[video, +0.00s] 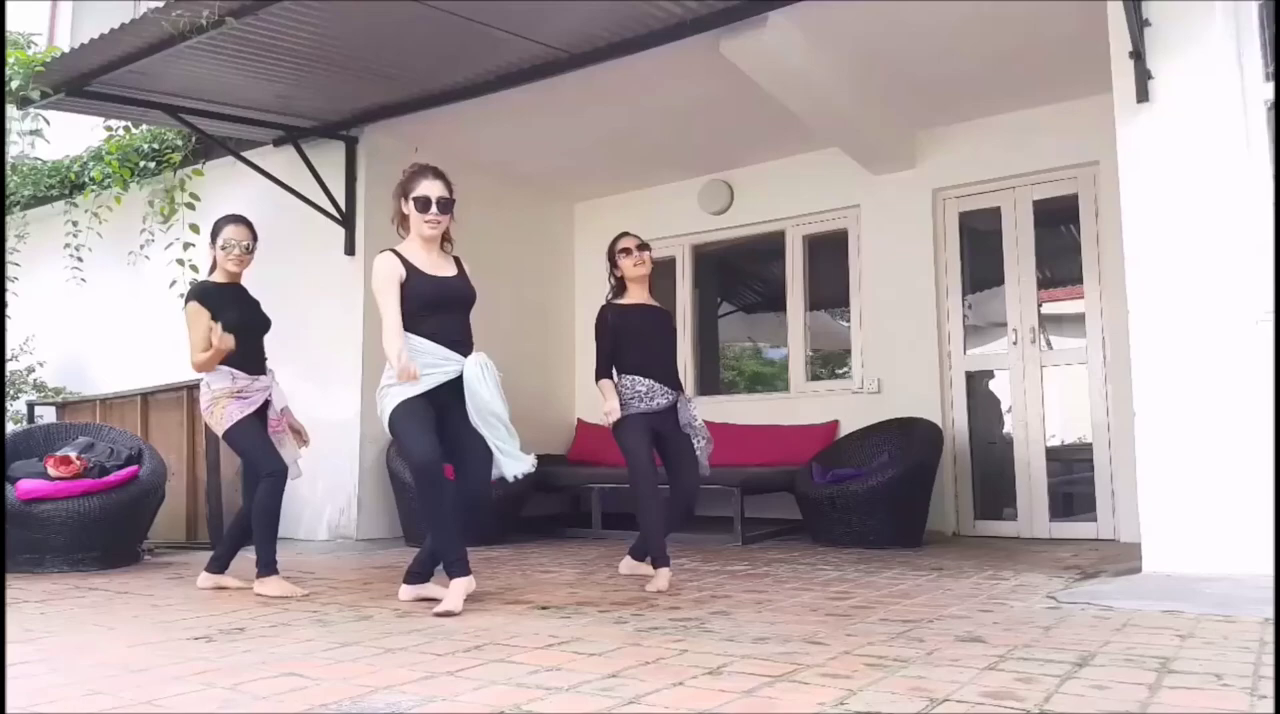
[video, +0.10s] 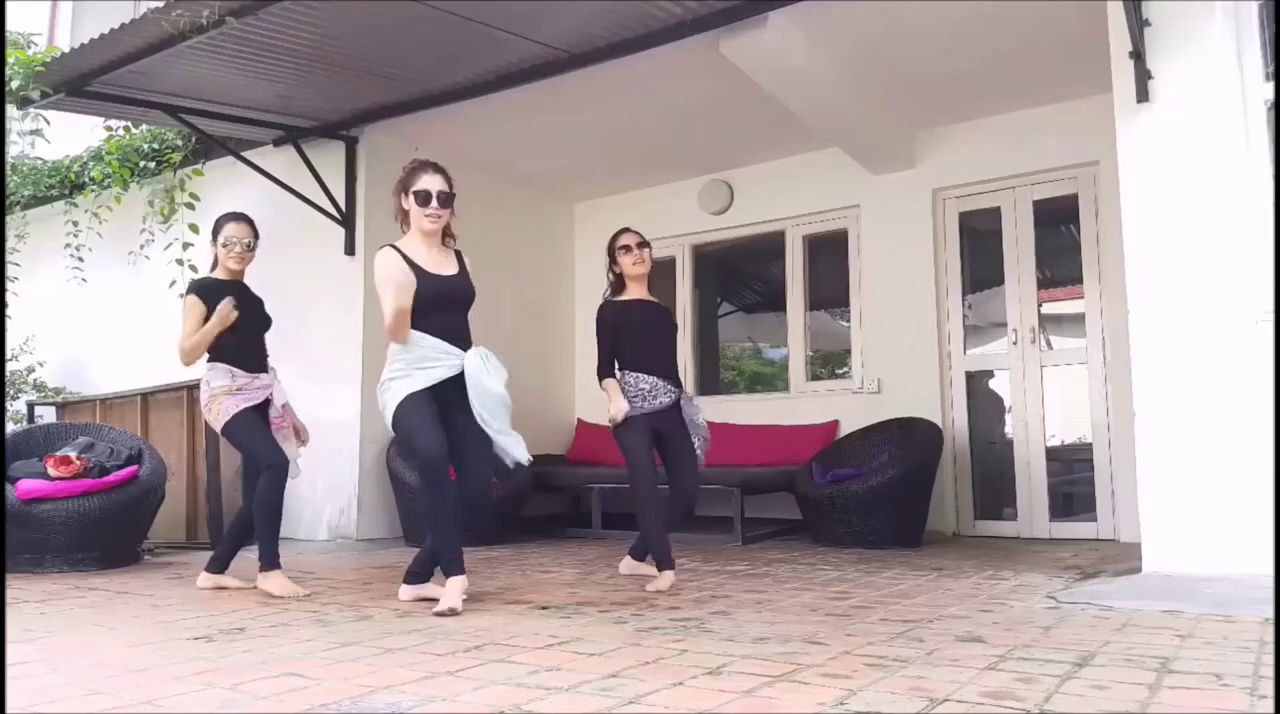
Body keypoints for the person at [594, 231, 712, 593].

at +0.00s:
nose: (637, 256)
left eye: (641, 249)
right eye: (626, 253)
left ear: (651, 257)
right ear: (616, 267)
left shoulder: (664, 314)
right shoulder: (610, 312)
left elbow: (671, 369)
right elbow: (602, 369)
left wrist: (688, 411)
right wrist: (612, 400)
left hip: (669, 408)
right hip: (630, 410)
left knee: (688, 487)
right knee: (645, 480)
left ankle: (636, 556)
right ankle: (662, 566)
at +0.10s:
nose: (637, 254)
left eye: (641, 247)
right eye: (626, 250)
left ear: (651, 255)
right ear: (615, 264)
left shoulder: (664, 311)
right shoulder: (610, 309)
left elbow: (671, 367)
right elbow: (604, 367)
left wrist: (686, 407)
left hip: (669, 407)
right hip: (631, 408)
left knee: (687, 489)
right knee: (645, 483)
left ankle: (636, 556)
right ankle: (666, 568)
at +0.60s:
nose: (642, 230)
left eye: (645, 222)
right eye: (631, 227)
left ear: (654, 229)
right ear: (620, 241)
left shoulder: (654, 279)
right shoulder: (628, 274)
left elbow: (663, 346)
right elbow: (617, 328)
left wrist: (678, 400)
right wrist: (619, 380)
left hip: (660, 379)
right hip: (644, 377)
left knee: (660, 469)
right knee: (660, 467)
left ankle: (635, 562)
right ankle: (632, 565)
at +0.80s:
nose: (640, 239)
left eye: (644, 232)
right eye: (629, 236)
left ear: (653, 239)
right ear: (616, 248)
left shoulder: (656, 292)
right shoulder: (615, 280)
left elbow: (664, 355)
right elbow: (627, 323)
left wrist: (686, 403)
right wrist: (673, 336)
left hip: (661, 385)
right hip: (630, 382)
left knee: (668, 466)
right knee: (665, 464)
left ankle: (638, 558)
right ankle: (634, 561)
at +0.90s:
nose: (639, 246)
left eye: (643, 239)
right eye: (627, 243)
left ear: (652, 247)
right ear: (615, 256)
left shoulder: (658, 297)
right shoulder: (610, 294)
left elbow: (668, 360)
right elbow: (620, 341)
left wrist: (688, 410)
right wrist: (660, 307)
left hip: (663, 392)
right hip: (626, 389)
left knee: (677, 467)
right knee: (662, 460)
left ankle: (640, 553)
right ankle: (638, 555)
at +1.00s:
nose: (636, 253)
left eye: (641, 246)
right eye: (626, 249)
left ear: (649, 254)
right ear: (613, 262)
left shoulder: (660, 309)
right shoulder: (609, 306)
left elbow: (667, 368)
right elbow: (621, 360)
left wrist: (688, 416)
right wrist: (632, 315)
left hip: (665, 399)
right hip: (627, 398)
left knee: (683, 483)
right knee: (649, 468)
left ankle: (637, 555)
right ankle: (656, 562)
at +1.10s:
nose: (634, 257)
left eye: (639, 250)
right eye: (624, 253)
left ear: (648, 259)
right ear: (612, 267)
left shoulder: (655, 314)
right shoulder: (609, 312)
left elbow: (665, 373)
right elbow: (614, 372)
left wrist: (687, 417)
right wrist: (628, 337)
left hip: (664, 405)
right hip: (627, 405)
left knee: (684, 485)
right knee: (642, 481)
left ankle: (636, 556)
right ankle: (663, 564)